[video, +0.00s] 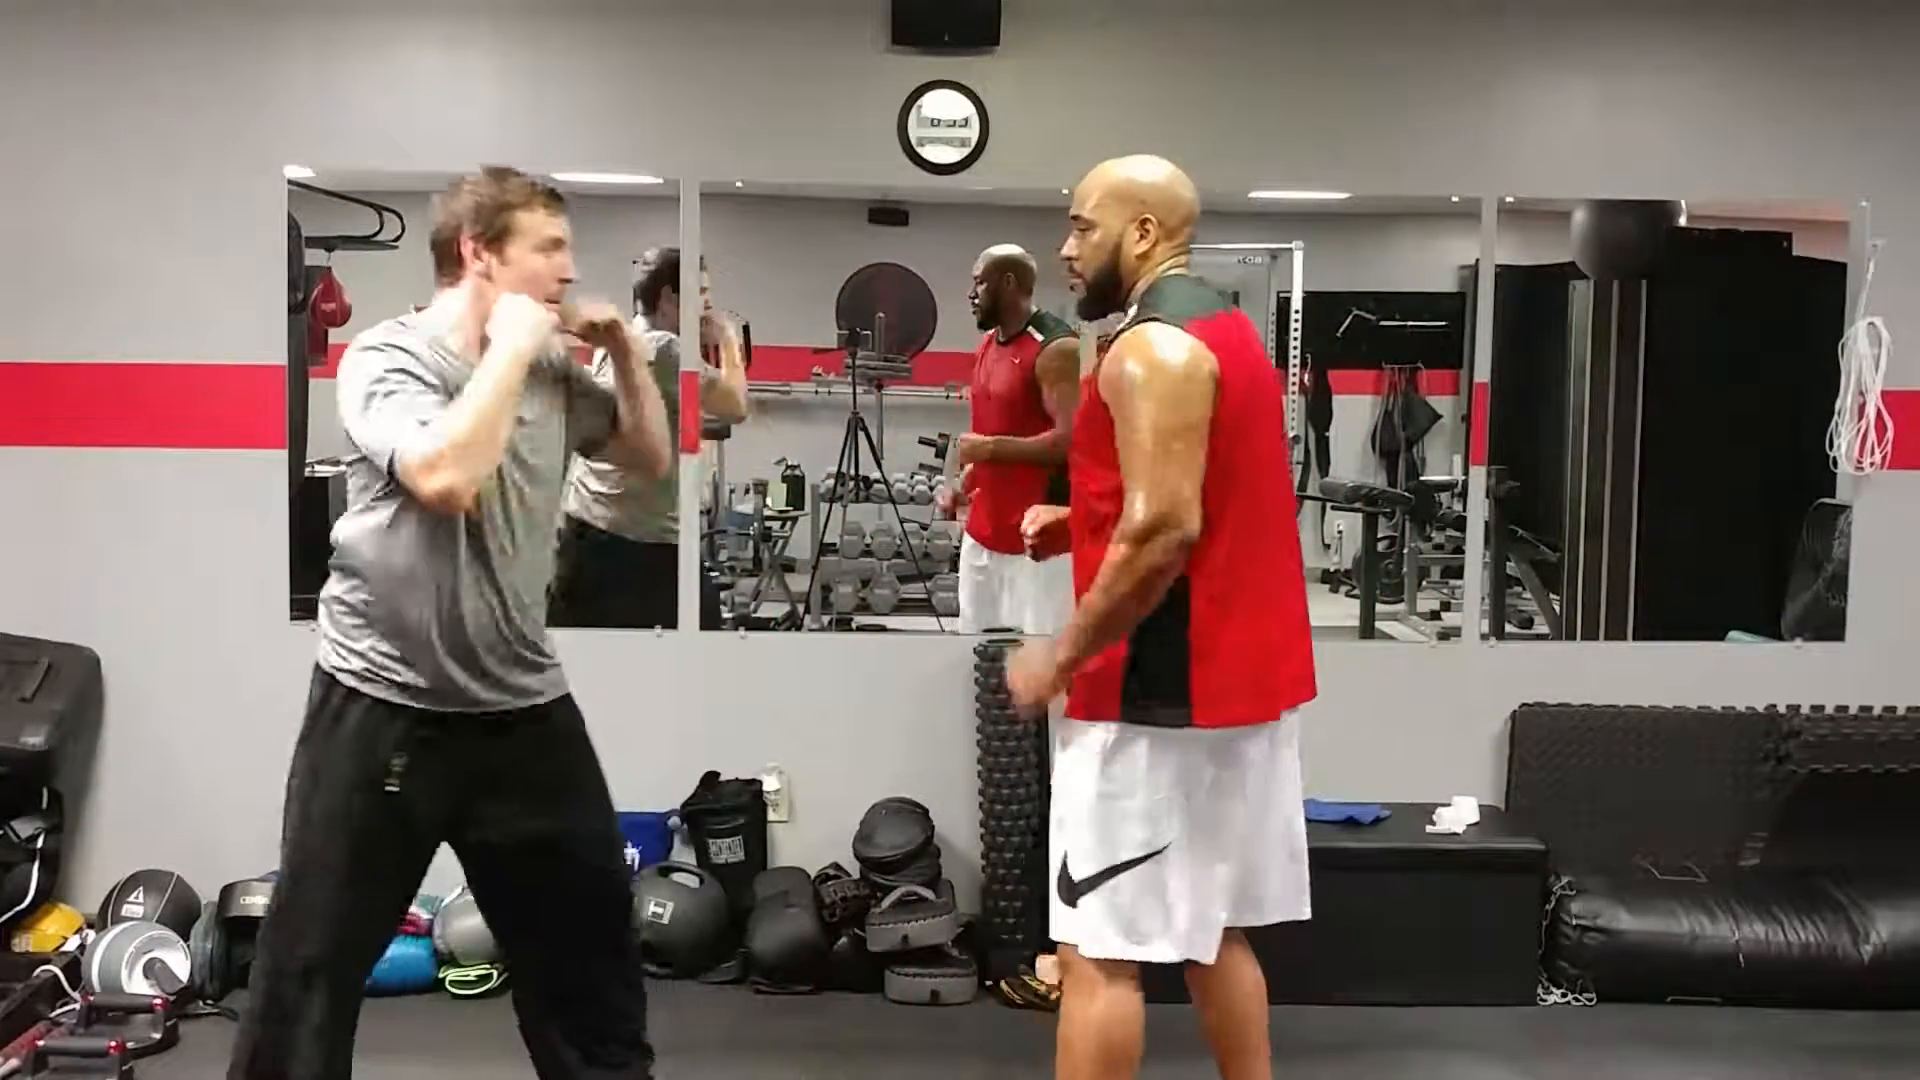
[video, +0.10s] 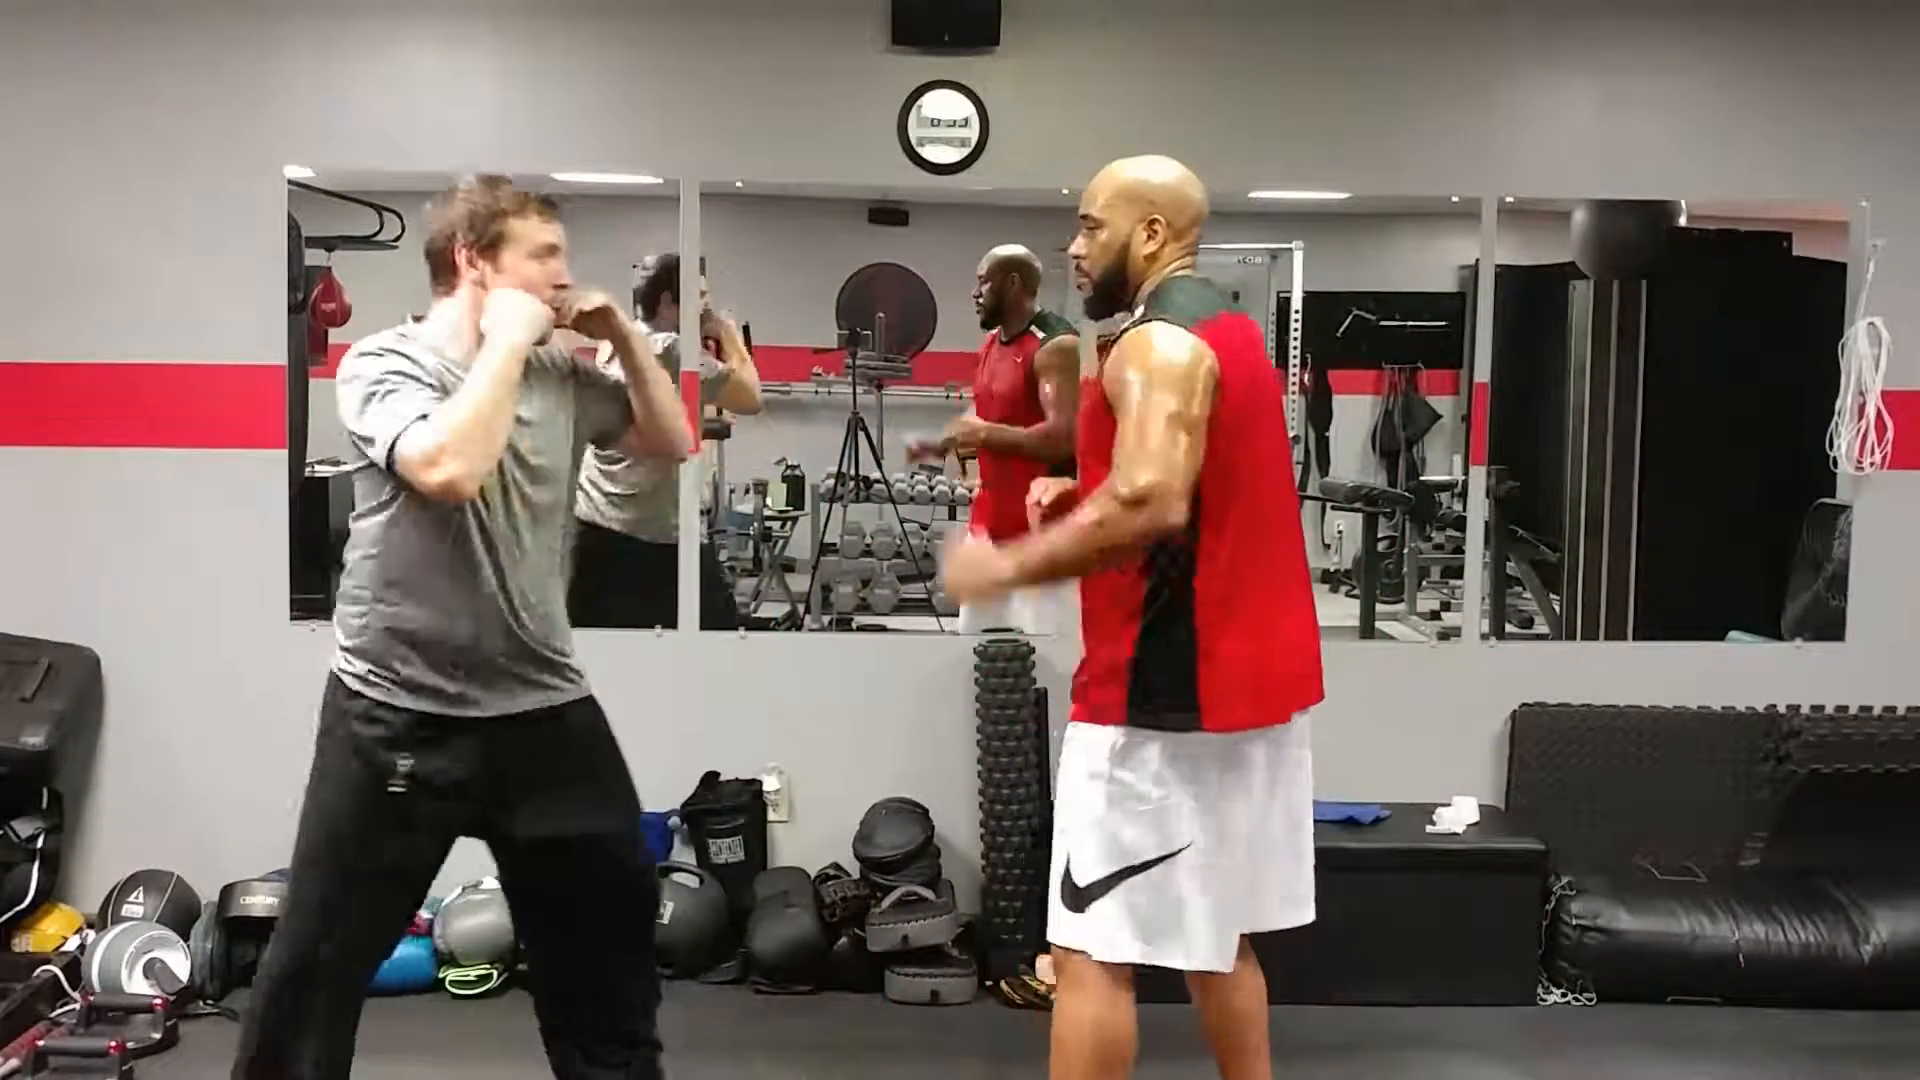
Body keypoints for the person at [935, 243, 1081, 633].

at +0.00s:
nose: (971, 294)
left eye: (980, 283)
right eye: (972, 283)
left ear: (1011, 284)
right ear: (1008, 285)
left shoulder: (1056, 350)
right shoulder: (989, 346)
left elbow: (1071, 440)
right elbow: (993, 435)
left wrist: (991, 448)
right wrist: (962, 487)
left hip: (1037, 539)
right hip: (983, 533)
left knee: (1040, 664)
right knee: (982, 657)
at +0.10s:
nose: (975, 292)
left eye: (984, 281)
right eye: (976, 282)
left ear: (1016, 284)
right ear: (1010, 286)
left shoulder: (1055, 347)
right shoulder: (993, 344)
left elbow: (1064, 438)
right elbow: (992, 424)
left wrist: (985, 435)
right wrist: (944, 448)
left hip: (1040, 532)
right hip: (988, 527)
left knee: (1042, 660)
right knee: (984, 653)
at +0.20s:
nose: (981, 289)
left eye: (991, 280)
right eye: (982, 280)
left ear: (1024, 284)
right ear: (1013, 285)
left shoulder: (1055, 345)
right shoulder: (989, 339)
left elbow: (1053, 438)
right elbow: (945, 385)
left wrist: (982, 410)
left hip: (1042, 544)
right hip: (983, 537)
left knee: (1039, 672)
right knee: (970, 661)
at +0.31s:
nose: (992, 292)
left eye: (1001, 283)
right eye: (992, 283)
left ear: (1040, 282)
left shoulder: (1067, 335)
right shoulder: (988, 336)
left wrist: (971, 359)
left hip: (1041, 516)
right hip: (981, 511)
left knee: (1041, 647)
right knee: (936, 633)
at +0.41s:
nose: (974, 294)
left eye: (981, 284)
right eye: (974, 284)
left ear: (1013, 283)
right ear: (1007, 285)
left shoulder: (1052, 337)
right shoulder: (969, 342)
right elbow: (938, 401)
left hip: (1023, 516)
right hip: (962, 510)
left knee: (1025, 643)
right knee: (910, 625)